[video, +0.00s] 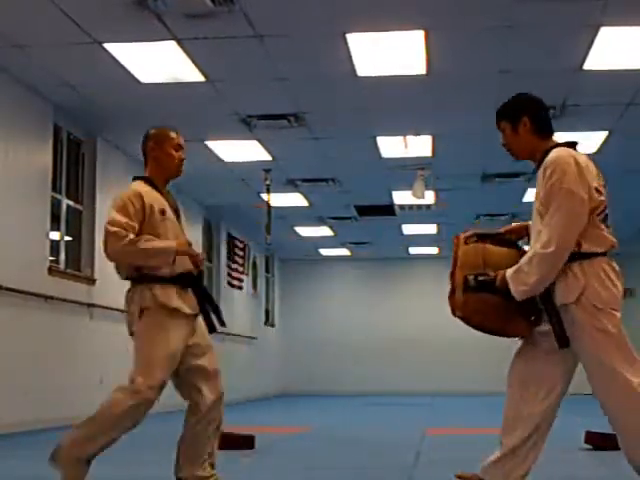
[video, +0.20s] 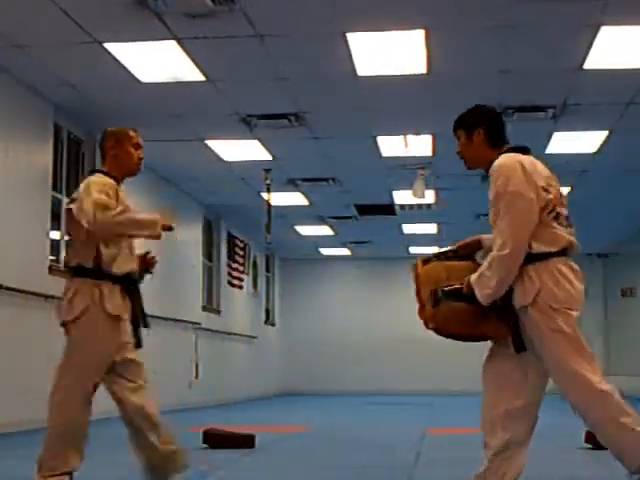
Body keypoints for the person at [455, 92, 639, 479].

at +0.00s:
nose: (504, 144)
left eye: (505, 134)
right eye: (502, 136)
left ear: (525, 126)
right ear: (530, 127)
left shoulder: (563, 163)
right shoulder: (557, 163)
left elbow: (557, 240)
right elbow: (559, 222)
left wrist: (511, 282)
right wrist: (518, 231)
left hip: (586, 279)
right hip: (563, 281)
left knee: (617, 383)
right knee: (532, 376)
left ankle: (638, 462)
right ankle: (504, 472)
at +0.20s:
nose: (459, 153)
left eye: (461, 143)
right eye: (457, 144)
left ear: (480, 137)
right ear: (488, 137)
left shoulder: (509, 168)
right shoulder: (523, 166)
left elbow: (510, 245)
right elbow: (526, 235)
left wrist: (478, 288)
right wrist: (484, 242)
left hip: (543, 280)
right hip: (530, 281)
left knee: (580, 383)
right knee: (506, 383)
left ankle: (636, 457)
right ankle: (499, 472)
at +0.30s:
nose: (440, 151)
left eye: (442, 141)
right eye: (439, 142)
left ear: (461, 134)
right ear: (468, 134)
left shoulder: (487, 164)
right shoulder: (508, 164)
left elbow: (485, 239)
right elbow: (503, 232)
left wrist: (452, 287)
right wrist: (458, 240)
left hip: (522, 277)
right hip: (515, 279)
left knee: (526, 381)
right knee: (492, 381)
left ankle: (614, 451)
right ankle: (499, 471)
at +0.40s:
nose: (428, 145)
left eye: (429, 136)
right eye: (426, 137)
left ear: (447, 131)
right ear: (462, 131)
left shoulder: (470, 161)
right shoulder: (496, 162)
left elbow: (463, 234)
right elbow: (483, 232)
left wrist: (429, 281)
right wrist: (433, 236)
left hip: (501, 276)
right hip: (521, 275)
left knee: (476, 376)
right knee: (503, 378)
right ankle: (498, 470)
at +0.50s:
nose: (415, 142)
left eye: (416, 132)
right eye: (413, 134)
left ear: (434, 127)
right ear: (451, 127)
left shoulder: (457, 158)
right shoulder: (484, 160)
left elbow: (446, 232)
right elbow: (466, 229)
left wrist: (404, 274)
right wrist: (416, 230)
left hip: (481, 276)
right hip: (504, 273)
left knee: (439, 367)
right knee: (499, 381)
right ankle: (502, 467)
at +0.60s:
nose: (401, 136)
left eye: (404, 126)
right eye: (401, 127)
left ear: (421, 124)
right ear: (438, 124)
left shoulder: (442, 157)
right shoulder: (470, 160)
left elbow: (422, 233)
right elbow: (448, 228)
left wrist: (378, 271)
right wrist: (396, 227)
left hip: (460, 282)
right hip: (485, 279)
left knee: (418, 372)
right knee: (485, 386)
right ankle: (498, 470)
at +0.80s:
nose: (364, 134)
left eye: (368, 124)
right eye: (365, 125)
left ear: (387, 123)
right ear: (401, 126)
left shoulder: (396, 162)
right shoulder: (435, 164)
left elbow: (376, 235)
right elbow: (413, 224)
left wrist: (332, 269)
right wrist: (362, 224)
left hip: (410, 283)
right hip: (443, 278)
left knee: (370, 385)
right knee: (458, 394)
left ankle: (345, 471)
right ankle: (490, 473)